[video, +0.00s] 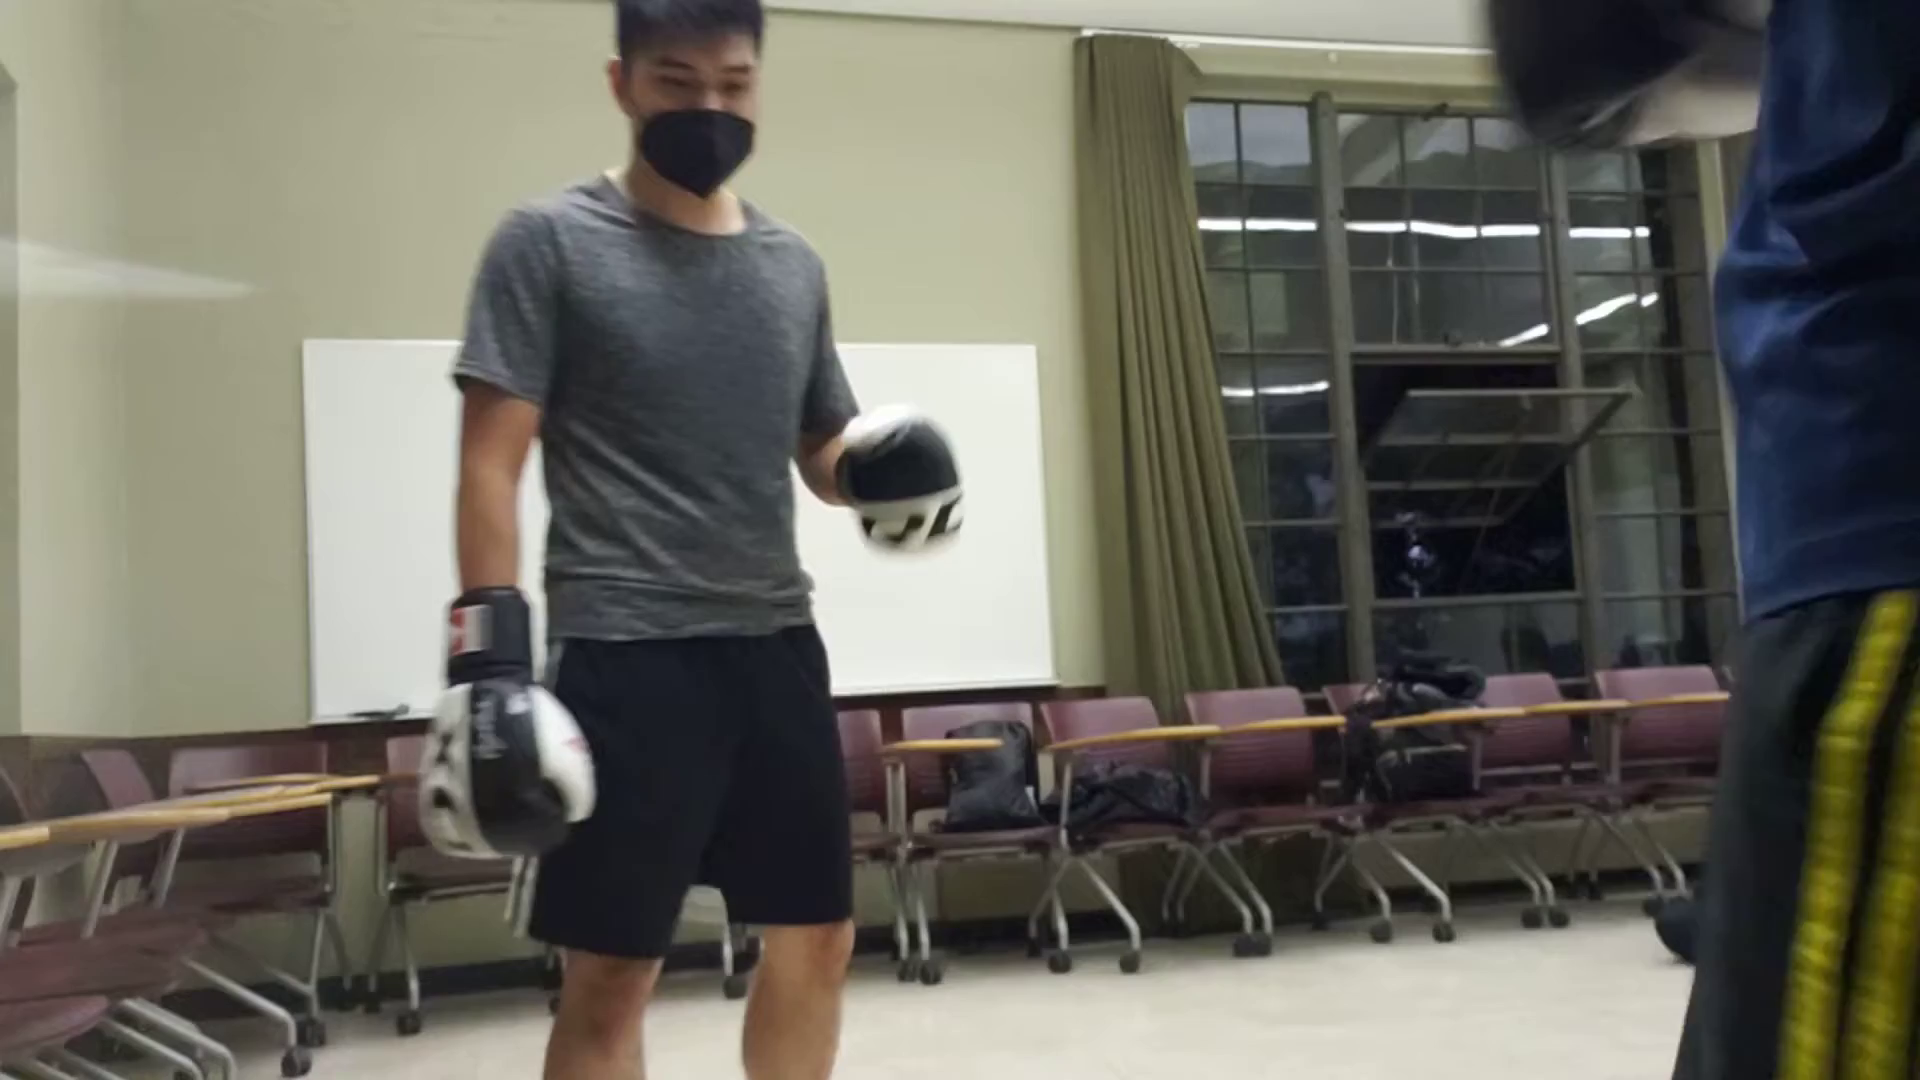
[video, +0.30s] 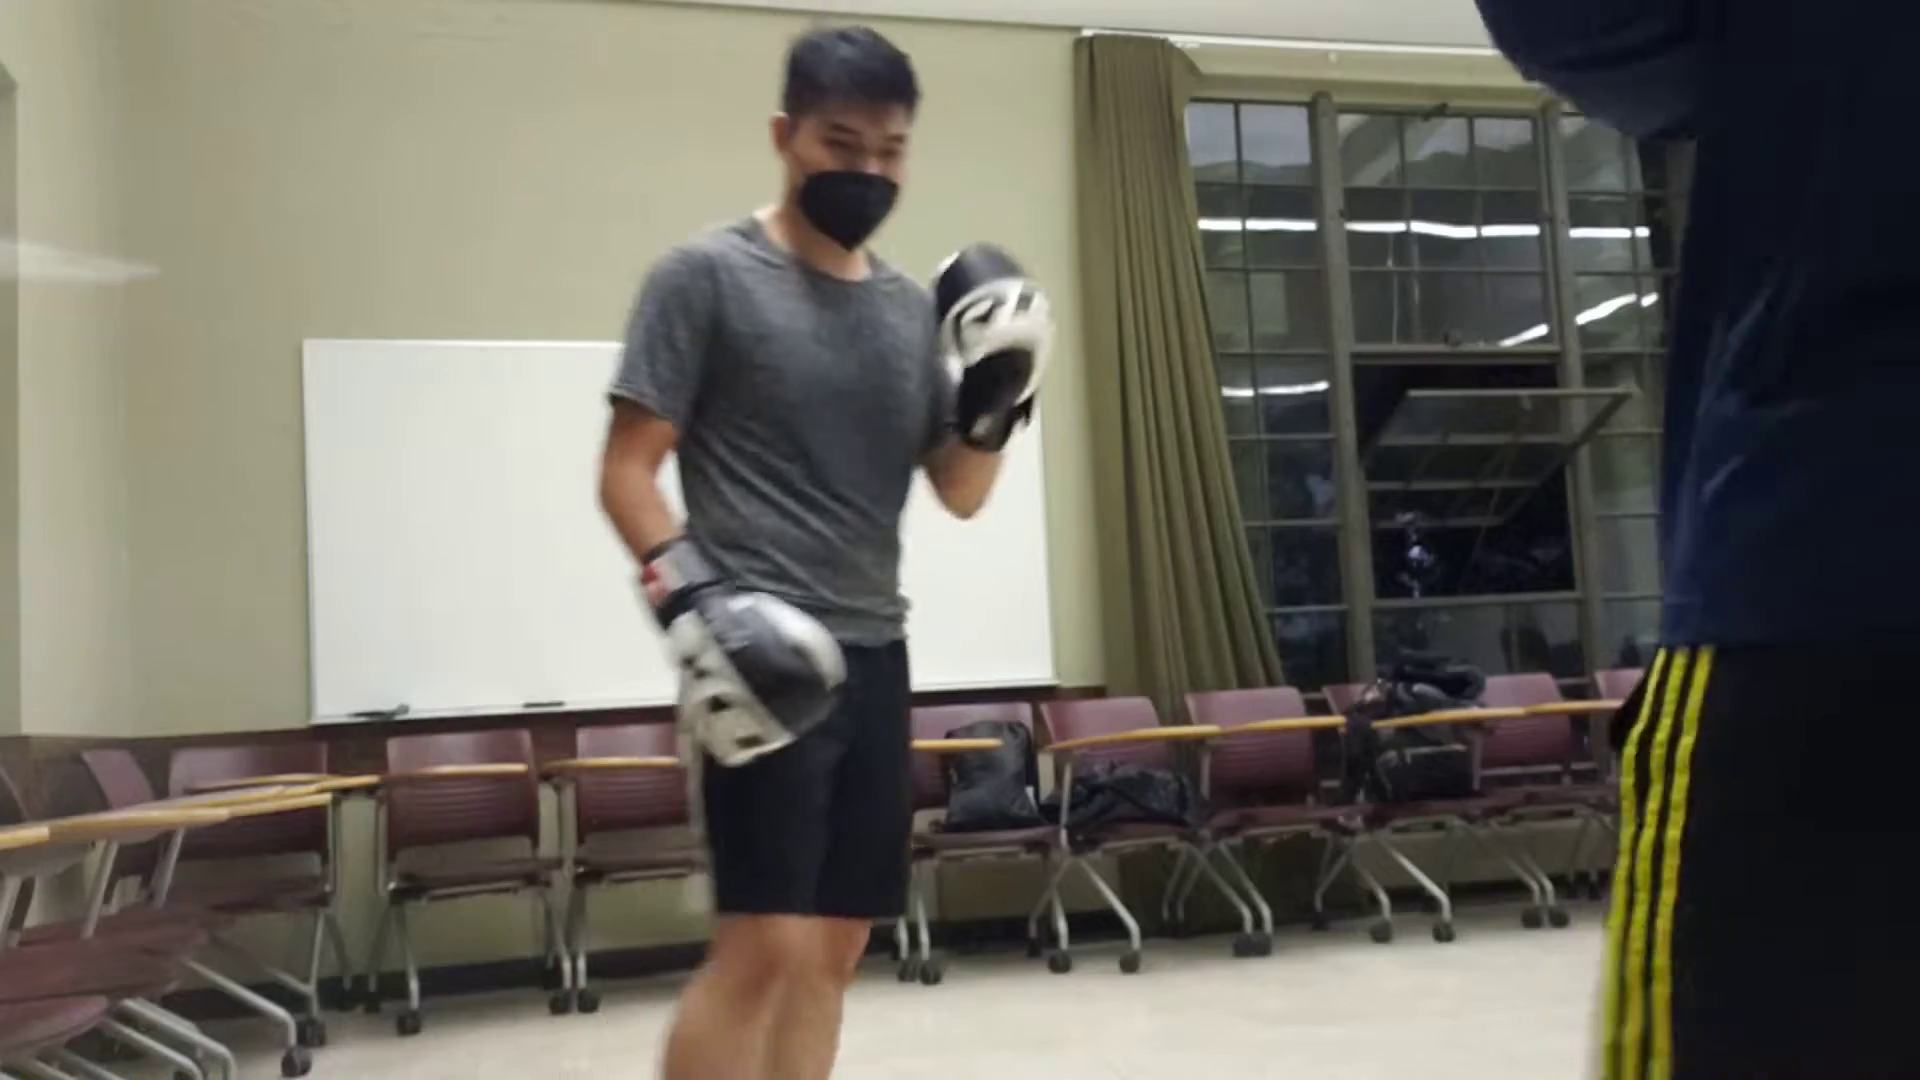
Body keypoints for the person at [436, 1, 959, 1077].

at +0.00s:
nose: (708, 109)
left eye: (734, 83)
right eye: (676, 80)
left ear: (761, 89)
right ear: (621, 80)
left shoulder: (792, 267)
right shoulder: (549, 244)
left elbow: (820, 451)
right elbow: (492, 464)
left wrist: (880, 470)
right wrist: (490, 671)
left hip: (776, 654)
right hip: (624, 659)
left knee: (815, 943)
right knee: (609, 987)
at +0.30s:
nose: (868, 173)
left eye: (890, 151)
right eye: (841, 145)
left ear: (911, 153)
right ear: (785, 137)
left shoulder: (915, 310)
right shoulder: (705, 279)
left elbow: (963, 492)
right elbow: (627, 471)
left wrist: (995, 392)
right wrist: (692, 605)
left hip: (873, 657)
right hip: (756, 650)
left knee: (834, 949)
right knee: (763, 944)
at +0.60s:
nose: (1006, 181)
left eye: (1024, 160)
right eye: (980, 155)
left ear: (1039, 164)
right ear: (917, 151)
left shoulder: (1002, 318)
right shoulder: (854, 283)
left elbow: (1010, 496)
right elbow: (802, 475)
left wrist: (1073, 463)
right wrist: (878, 625)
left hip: (967, 640)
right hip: (887, 636)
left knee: (898, 930)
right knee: (982, 924)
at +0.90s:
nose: (1132, 203)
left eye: (1143, 182)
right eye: (1111, 174)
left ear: (1147, 180)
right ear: (1044, 169)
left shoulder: (1053, 295)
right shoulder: (1001, 281)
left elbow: (1028, 466)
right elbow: (971, 471)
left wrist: (1116, 498)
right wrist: (1034, 625)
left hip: (1060, 627)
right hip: (998, 634)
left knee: (1149, 848)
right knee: (1047, 904)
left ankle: (1058, 1061)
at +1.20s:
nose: (1189, 251)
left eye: (1204, 238)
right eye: (1170, 226)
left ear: (1211, 250)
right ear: (1114, 225)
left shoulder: (1167, 376)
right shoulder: (1040, 328)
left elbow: (1151, 527)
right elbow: (967, 488)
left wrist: (1228, 533)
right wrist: (1040, 602)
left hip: (1139, 653)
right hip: (1047, 651)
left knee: (1149, 893)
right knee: (1074, 901)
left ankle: (1152, 1077)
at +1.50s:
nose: (1173, 266)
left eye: (1188, 253)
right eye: (1155, 244)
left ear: (1197, 268)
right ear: (1101, 242)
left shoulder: (1183, 380)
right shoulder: (1026, 350)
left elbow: (1189, 523)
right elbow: (974, 500)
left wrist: (1248, 510)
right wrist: (1036, 608)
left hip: (1148, 655)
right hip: (1048, 652)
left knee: (1157, 879)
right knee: (1057, 880)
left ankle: (1158, 1074)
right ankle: (1017, 1068)